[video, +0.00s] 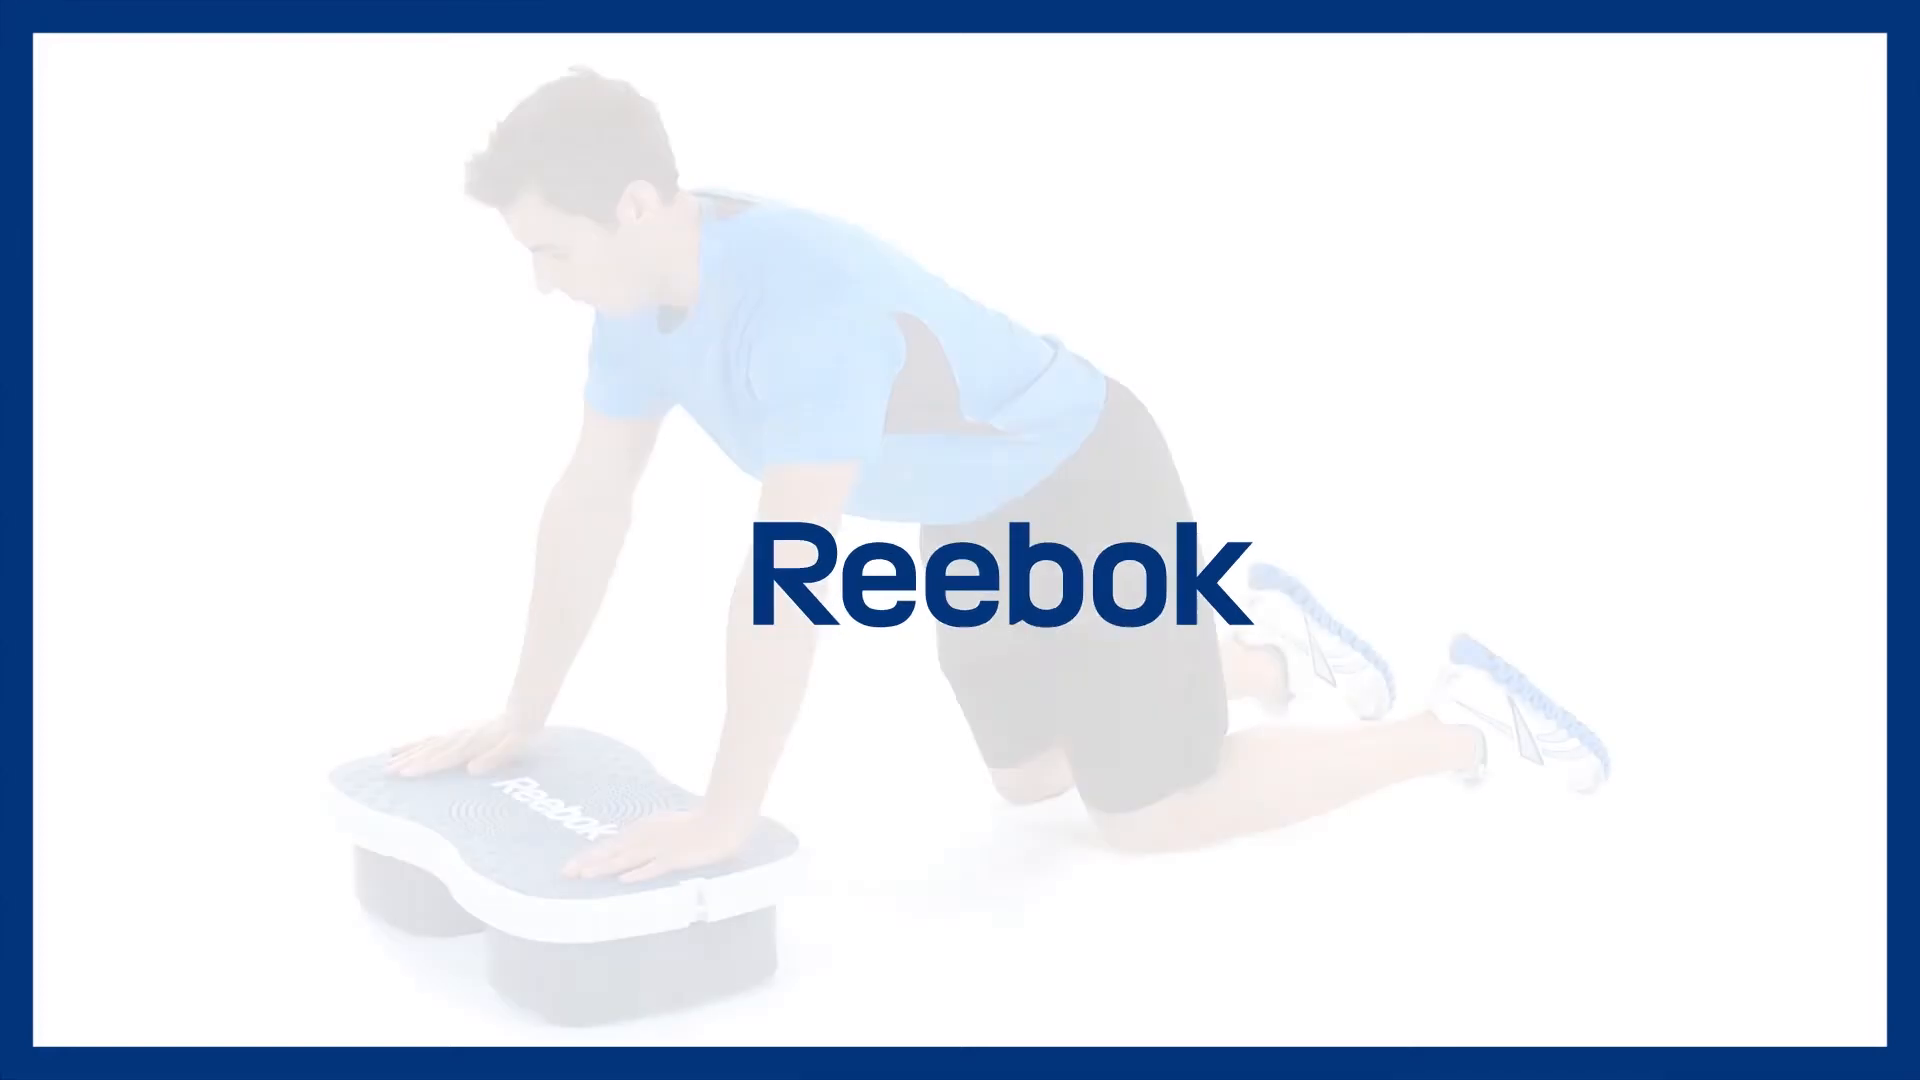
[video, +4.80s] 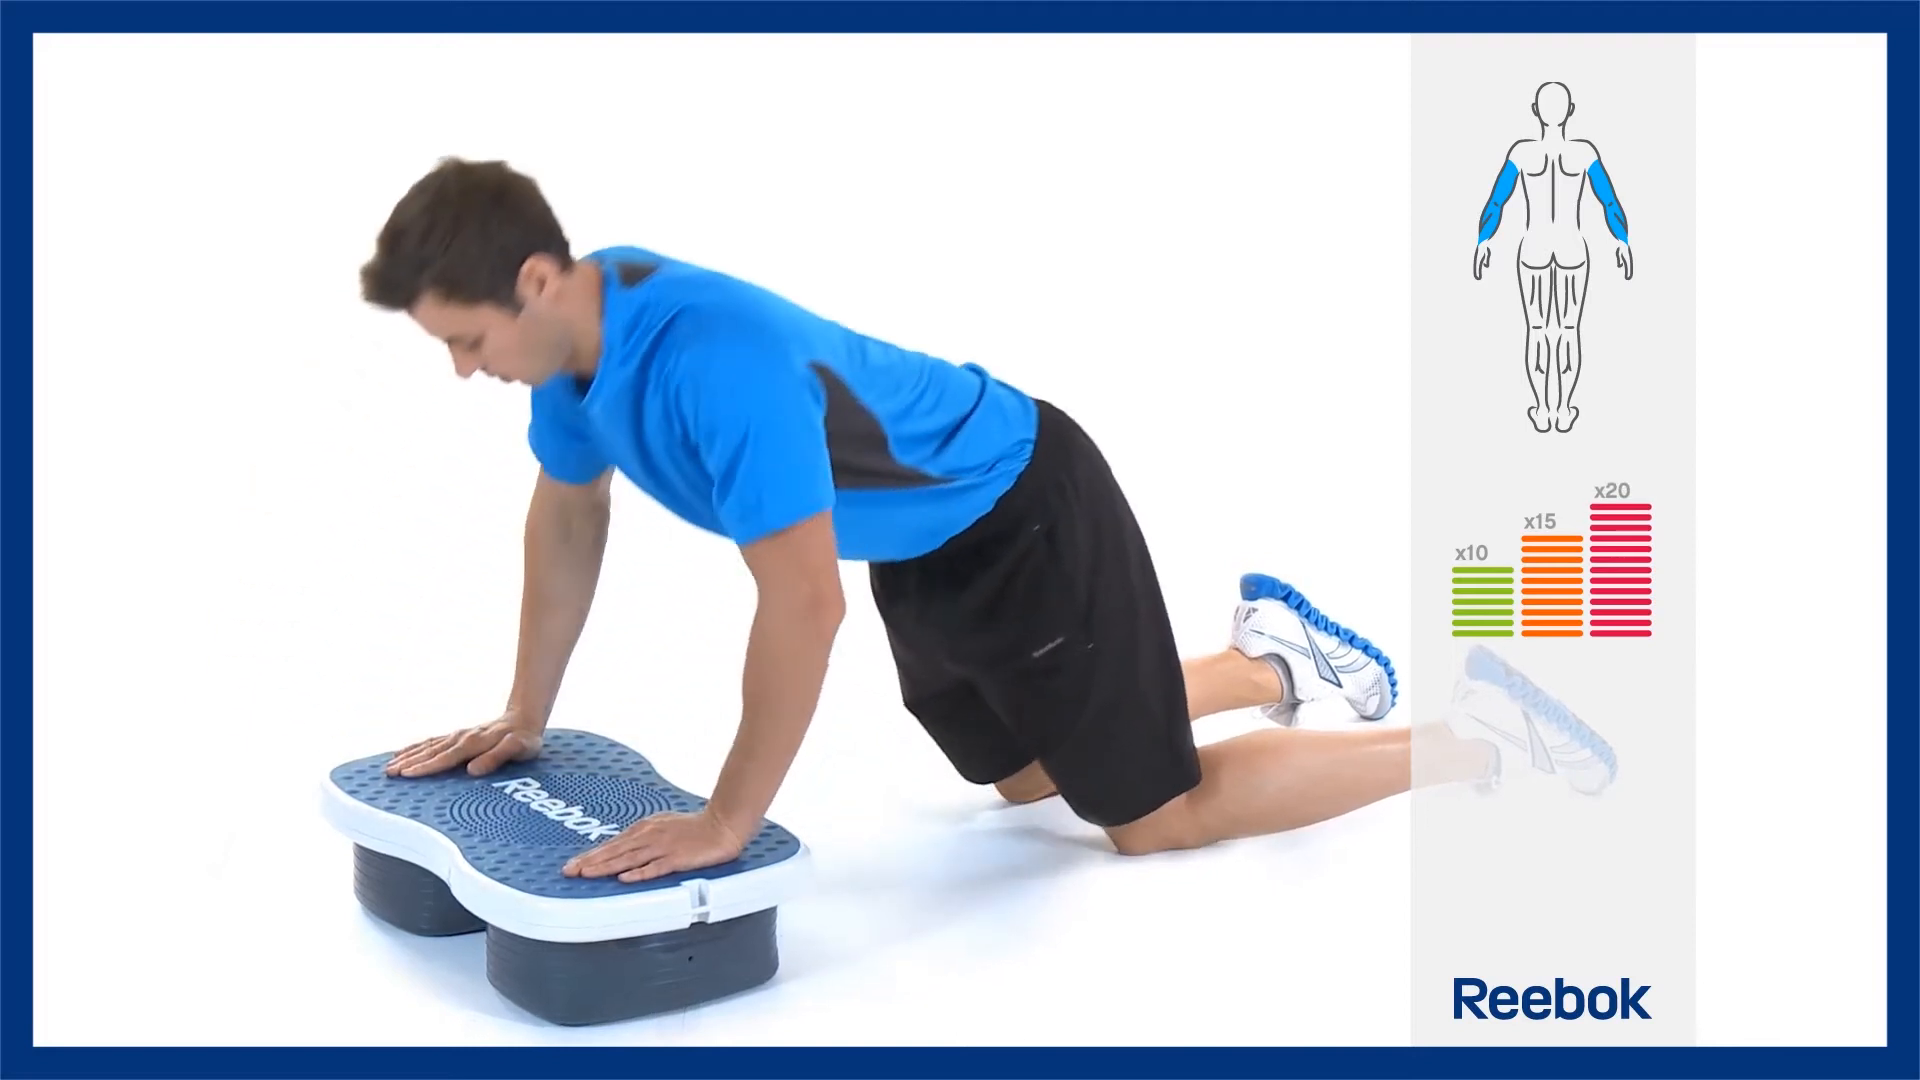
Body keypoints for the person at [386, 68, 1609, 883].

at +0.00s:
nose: (536, 278)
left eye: (545, 247)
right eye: (525, 252)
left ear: (636, 204)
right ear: (612, 214)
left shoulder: (800, 303)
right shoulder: (639, 307)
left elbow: (790, 587)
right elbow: (589, 505)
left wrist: (729, 811)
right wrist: (523, 716)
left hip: (1084, 489)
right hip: (954, 527)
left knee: (1158, 813)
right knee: (1039, 778)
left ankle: (1467, 733)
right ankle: (1277, 666)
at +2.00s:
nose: (542, 271)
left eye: (553, 240)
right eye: (530, 244)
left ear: (645, 201)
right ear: (615, 214)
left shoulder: (807, 304)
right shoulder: (631, 304)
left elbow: (787, 587)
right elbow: (588, 508)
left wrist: (729, 811)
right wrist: (525, 714)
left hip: (1082, 483)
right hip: (962, 521)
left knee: (1155, 810)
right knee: (1040, 775)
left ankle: (1451, 735)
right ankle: (1280, 652)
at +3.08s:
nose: (478, 392)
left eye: (478, 362)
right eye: (459, 370)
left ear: (556, 301)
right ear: (533, 305)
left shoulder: (736, 381)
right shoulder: (588, 372)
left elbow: (848, 623)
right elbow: (577, 535)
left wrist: (731, 816)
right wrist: (519, 720)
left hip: (1044, 502)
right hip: (937, 554)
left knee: (1155, 815)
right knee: (1033, 781)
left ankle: (1470, 748)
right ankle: (1258, 667)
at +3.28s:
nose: (409, 530)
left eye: (409, 503)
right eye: (389, 512)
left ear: (481, 441)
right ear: (464, 434)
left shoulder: (664, 467)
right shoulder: (534, 411)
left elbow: (853, 646)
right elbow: (574, 551)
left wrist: (733, 820)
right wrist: (523, 713)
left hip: (997, 522)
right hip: (899, 567)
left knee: (1154, 809)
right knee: (1032, 771)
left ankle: (1467, 751)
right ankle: (1255, 657)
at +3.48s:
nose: (359, 659)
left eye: (349, 635)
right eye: (336, 644)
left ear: (406, 568)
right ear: (395, 553)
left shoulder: (603, 560)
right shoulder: (472, 486)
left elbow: (846, 649)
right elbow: (545, 593)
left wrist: (733, 822)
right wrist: (522, 716)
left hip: (957, 558)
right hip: (871, 594)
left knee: (1168, 806)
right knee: (1022, 769)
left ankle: (1465, 750)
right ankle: (1260, 659)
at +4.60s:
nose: (390, 518)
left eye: (388, 491)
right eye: (369, 502)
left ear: (455, 430)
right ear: (440, 431)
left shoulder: (634, 462)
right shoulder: (516, 430)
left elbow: (831, 638)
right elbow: (553, 554)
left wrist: (735, 820)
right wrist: (524, 716)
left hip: (978, 539)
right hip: (885, 583)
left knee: (1137, 805)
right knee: (1001, 762)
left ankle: (1466, 745)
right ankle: (1264, 657)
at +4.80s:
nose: (466, 369)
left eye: (466, 339)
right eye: (447, 349)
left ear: (540, 278)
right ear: (515, 287)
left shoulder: (707, 360)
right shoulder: (573, 351)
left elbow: (798, 597)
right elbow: (565, 527)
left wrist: (731, 814)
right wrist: (522, 720)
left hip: (1024, 507)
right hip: (915, 551)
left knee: (1155, 813)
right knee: (1022, 774)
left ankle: (1474, 742)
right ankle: (1266, 665)